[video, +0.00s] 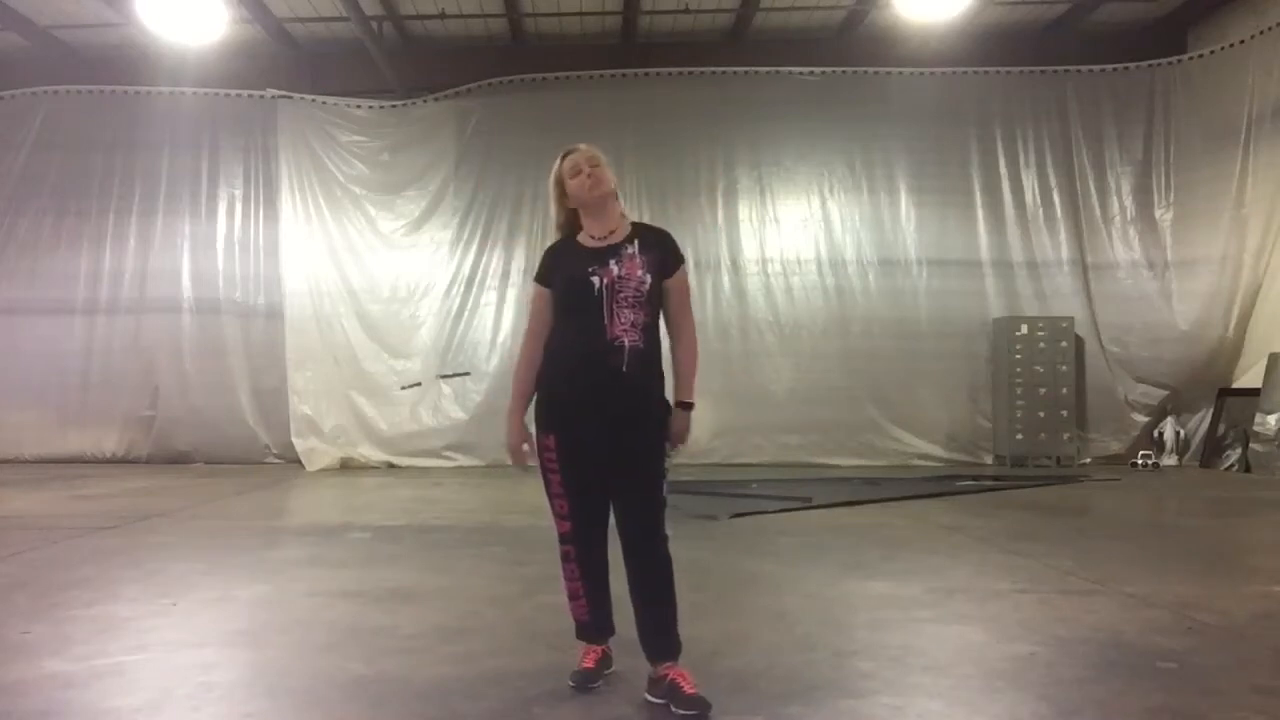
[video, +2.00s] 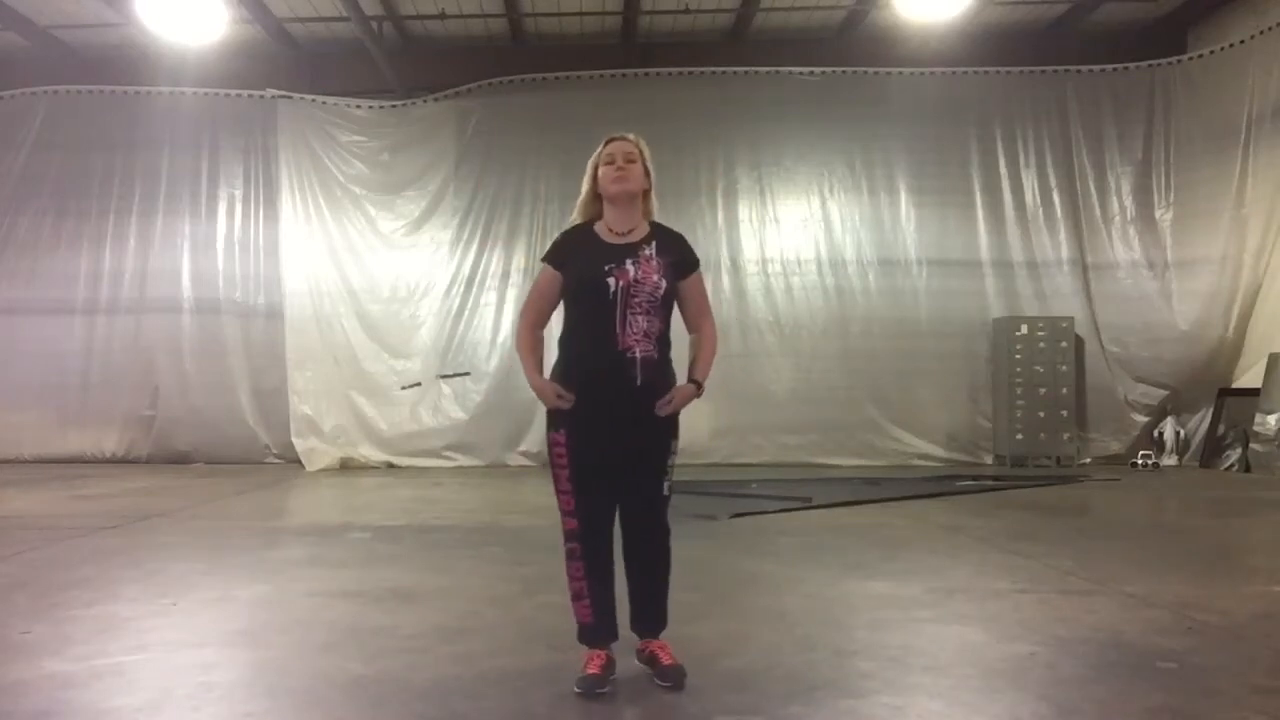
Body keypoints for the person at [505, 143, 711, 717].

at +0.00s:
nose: (589, 174)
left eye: (594, 165)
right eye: (576, 172)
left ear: (613, 176)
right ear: (565, 195)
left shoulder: (656, 244)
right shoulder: (558, 256)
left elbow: (682, 328)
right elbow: (535, 338)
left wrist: (683, 403)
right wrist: (516, 412)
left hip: (636, 413)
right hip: (566, 417)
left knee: (646, 537)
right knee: (579, 537)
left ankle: (665, 663)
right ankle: (593, 644)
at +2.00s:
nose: (618, 167)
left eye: (629, 160)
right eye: (608, 161)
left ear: (647, 176)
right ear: (595, 179)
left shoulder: (670, 245)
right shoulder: (572, 245)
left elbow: (702, 325)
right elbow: (530, 321)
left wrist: (694, 383)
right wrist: (537, 380)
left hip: (650, 407)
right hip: (581, 407)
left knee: (648, 526)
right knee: (586, 529)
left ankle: (651, 639)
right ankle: (597, 648)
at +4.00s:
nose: (633, 179)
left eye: (645, 172)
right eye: (624, 170)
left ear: (659, 184)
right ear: (606, 179)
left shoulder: (681, 248)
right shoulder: (579, 247)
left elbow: (702, 329)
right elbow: (553, 332)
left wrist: (721, 405)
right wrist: (523, 402)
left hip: (668, 412)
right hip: (599, 411)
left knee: (653, 526)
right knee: (599, 529)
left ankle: (635, 649)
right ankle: (600, 651)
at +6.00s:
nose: (639, 185)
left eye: (650, 175)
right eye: (629, 175)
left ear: (664, 182)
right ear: (612, 183)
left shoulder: (689, 250)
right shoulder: (586, 247)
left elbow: (708, 332)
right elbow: (557, 333)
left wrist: (729, 407)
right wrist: (533, 404)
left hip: (671, 413)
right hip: (602, 411)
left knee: (654, 528)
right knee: (603, 530)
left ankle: (636, 649)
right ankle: (599, 649)